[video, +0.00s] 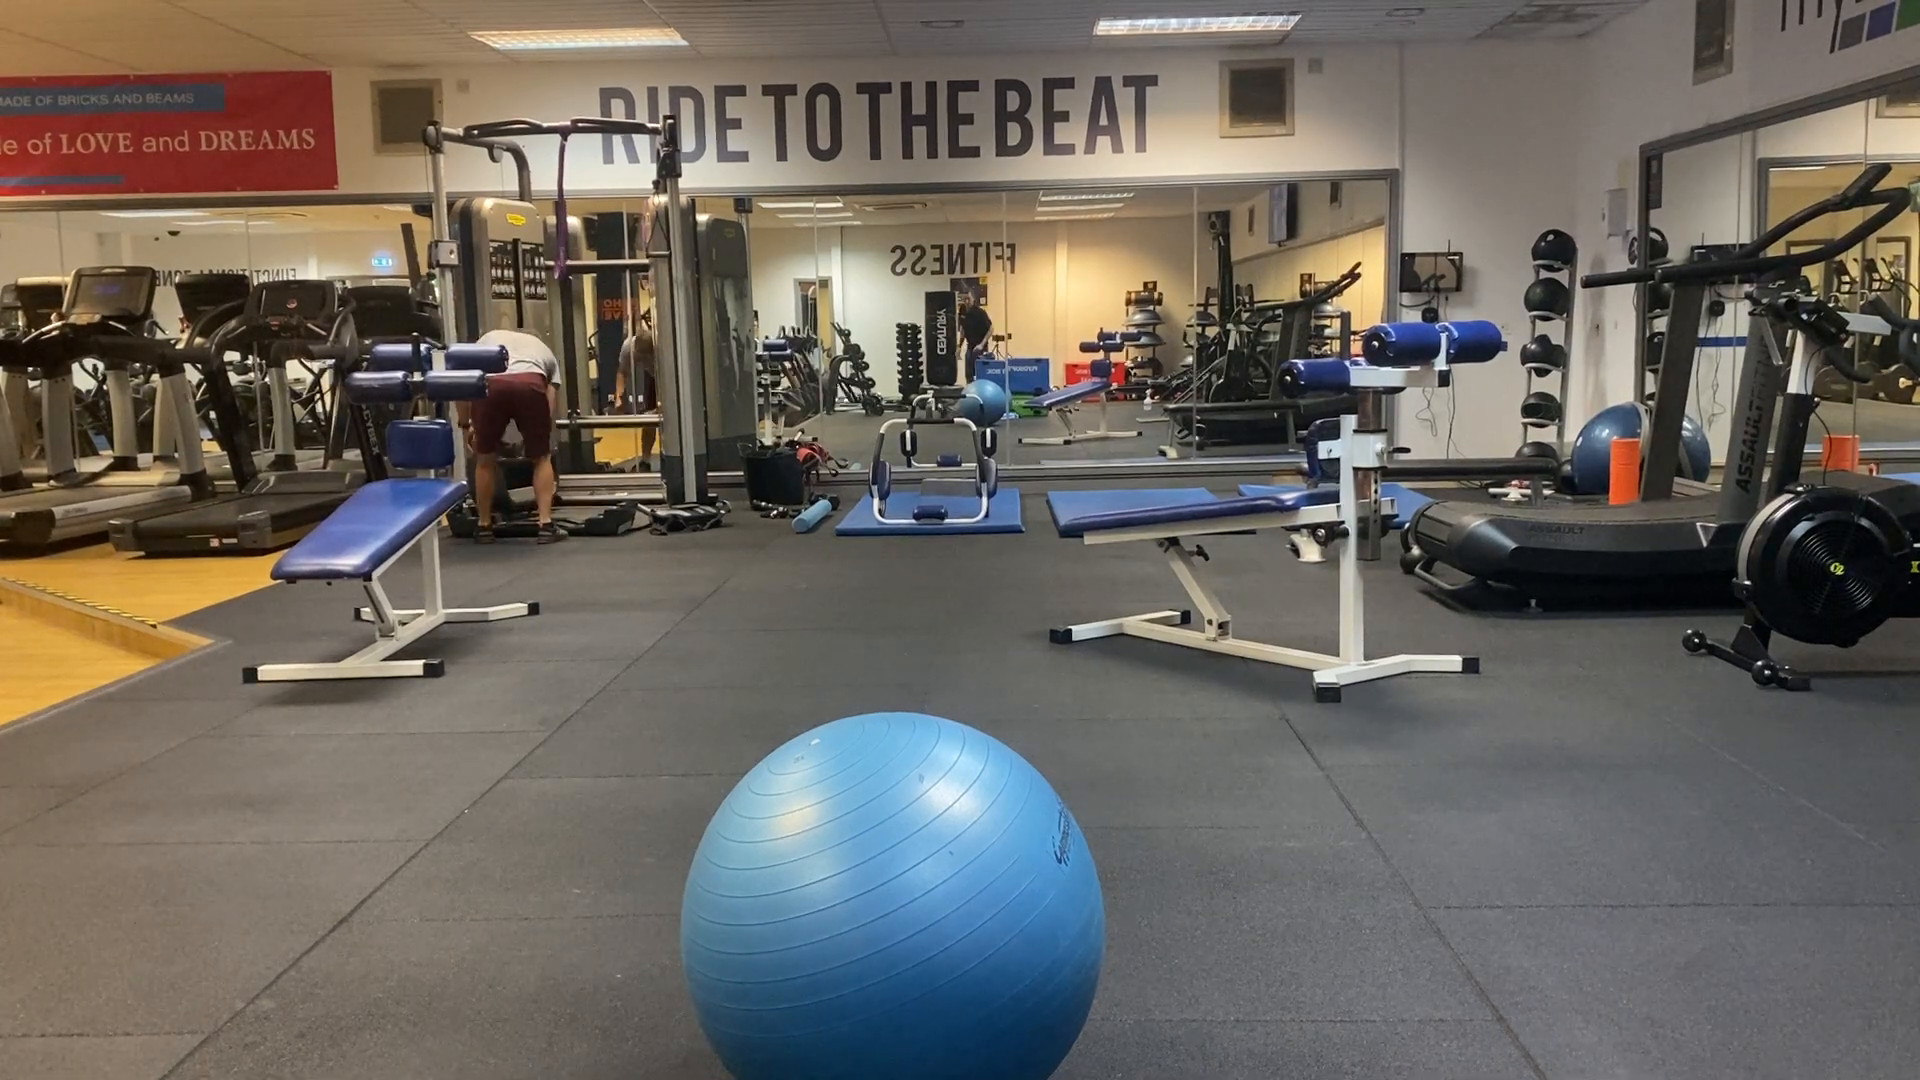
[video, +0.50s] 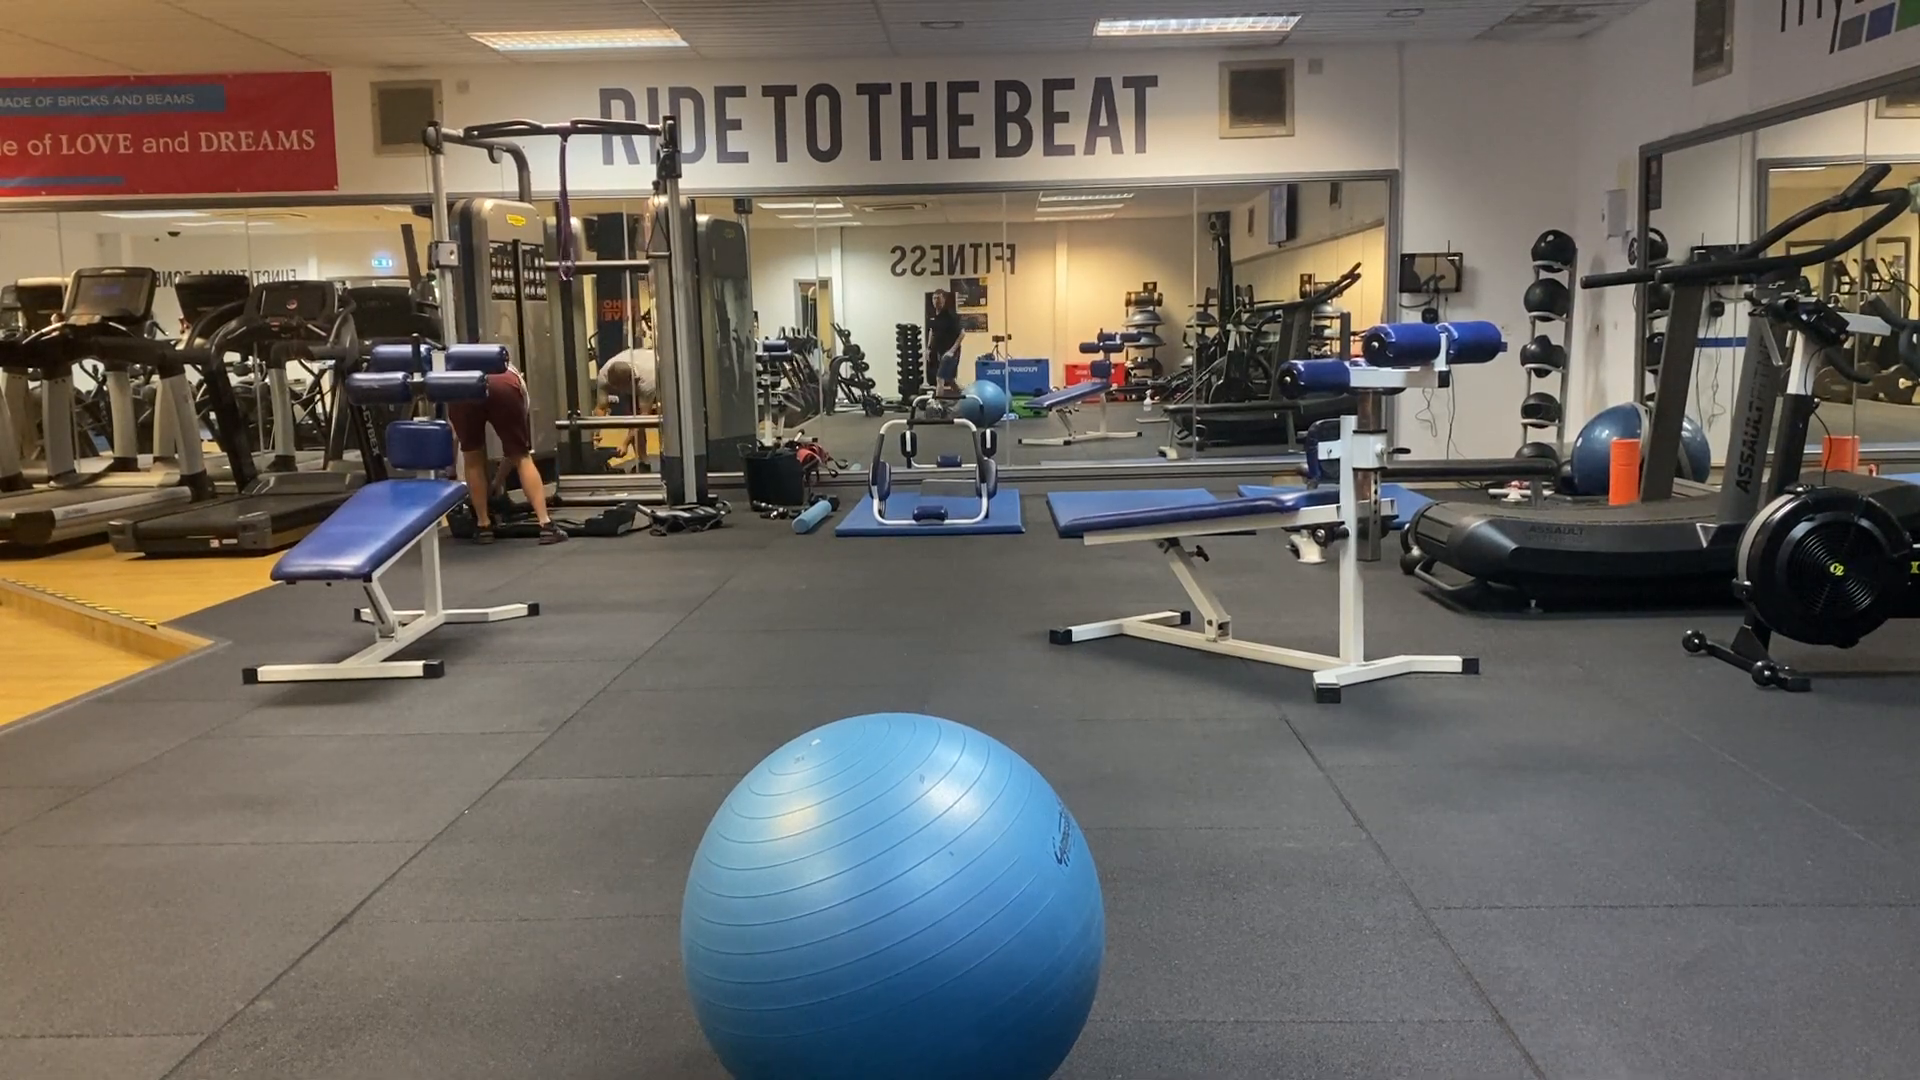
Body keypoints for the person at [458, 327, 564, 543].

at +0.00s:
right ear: (533, 339)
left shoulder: (485, 339)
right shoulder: (547, 353)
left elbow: (461, 384)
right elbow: (550, 407)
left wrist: (465, 426)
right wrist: (542, 445)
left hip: (489, 389)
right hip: (531, 389)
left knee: (485, 460)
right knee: (541, 459)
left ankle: (484, 525)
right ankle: (546, 525)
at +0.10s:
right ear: (526, 345)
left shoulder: (478, 348)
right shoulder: (539, 358)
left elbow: (456, 399)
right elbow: (540, 408)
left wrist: (460, 435)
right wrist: (529, 446)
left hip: (481, 387)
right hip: (522, 385)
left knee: (481, 462)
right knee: (537, 458)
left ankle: (483, 526)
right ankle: (545, 524)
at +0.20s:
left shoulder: (468, 361)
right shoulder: (533, 368)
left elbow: (454, 414)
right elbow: (526, 422)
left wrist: (458, 452)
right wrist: (510, 463)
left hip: (473, 387)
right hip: (514, 385)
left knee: (477, 462)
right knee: (531, 457)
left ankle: (483, 526)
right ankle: (545, 525)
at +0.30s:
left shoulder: (461, 370)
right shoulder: (526, 375)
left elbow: (454, 421)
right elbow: (521, 431)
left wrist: (455, 463)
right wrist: (505, 468)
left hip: (466, 389)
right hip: (507, 384)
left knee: (474, 463)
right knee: (526, 456)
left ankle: (483, 525)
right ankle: (544, 524)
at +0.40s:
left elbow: (456, 430)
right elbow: (515, 453)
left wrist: (459, 473)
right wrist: (496, 486)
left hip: (463, 389)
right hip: (505, 385)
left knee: (474, 461)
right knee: (524, 456)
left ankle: (483, 525)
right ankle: (546, 524)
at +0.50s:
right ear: (508, 362)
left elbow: (456, 435)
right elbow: (514, 449)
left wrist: (452, 470)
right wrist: (498, 483)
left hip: (462, 390)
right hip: (504, 387)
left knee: (474, 460)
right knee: (523, 457)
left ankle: (483, 525)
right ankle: (546, 524)